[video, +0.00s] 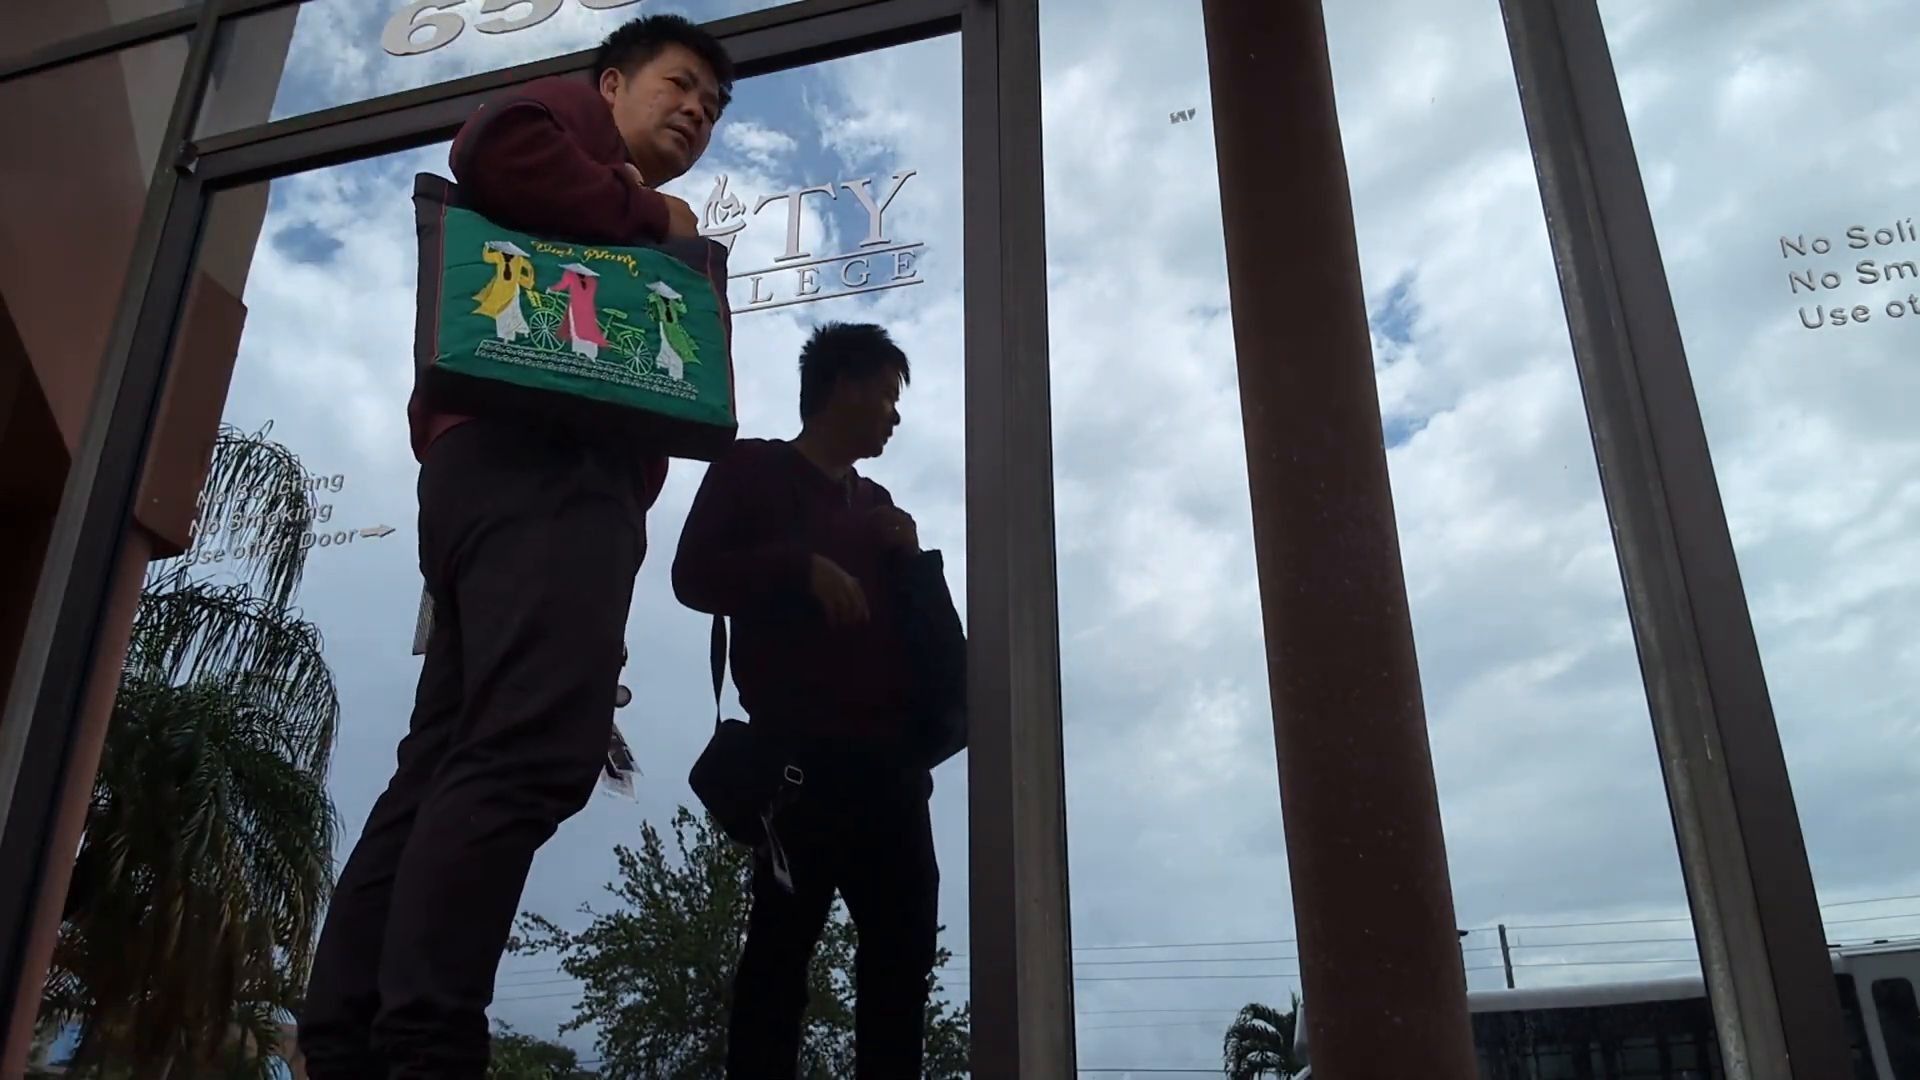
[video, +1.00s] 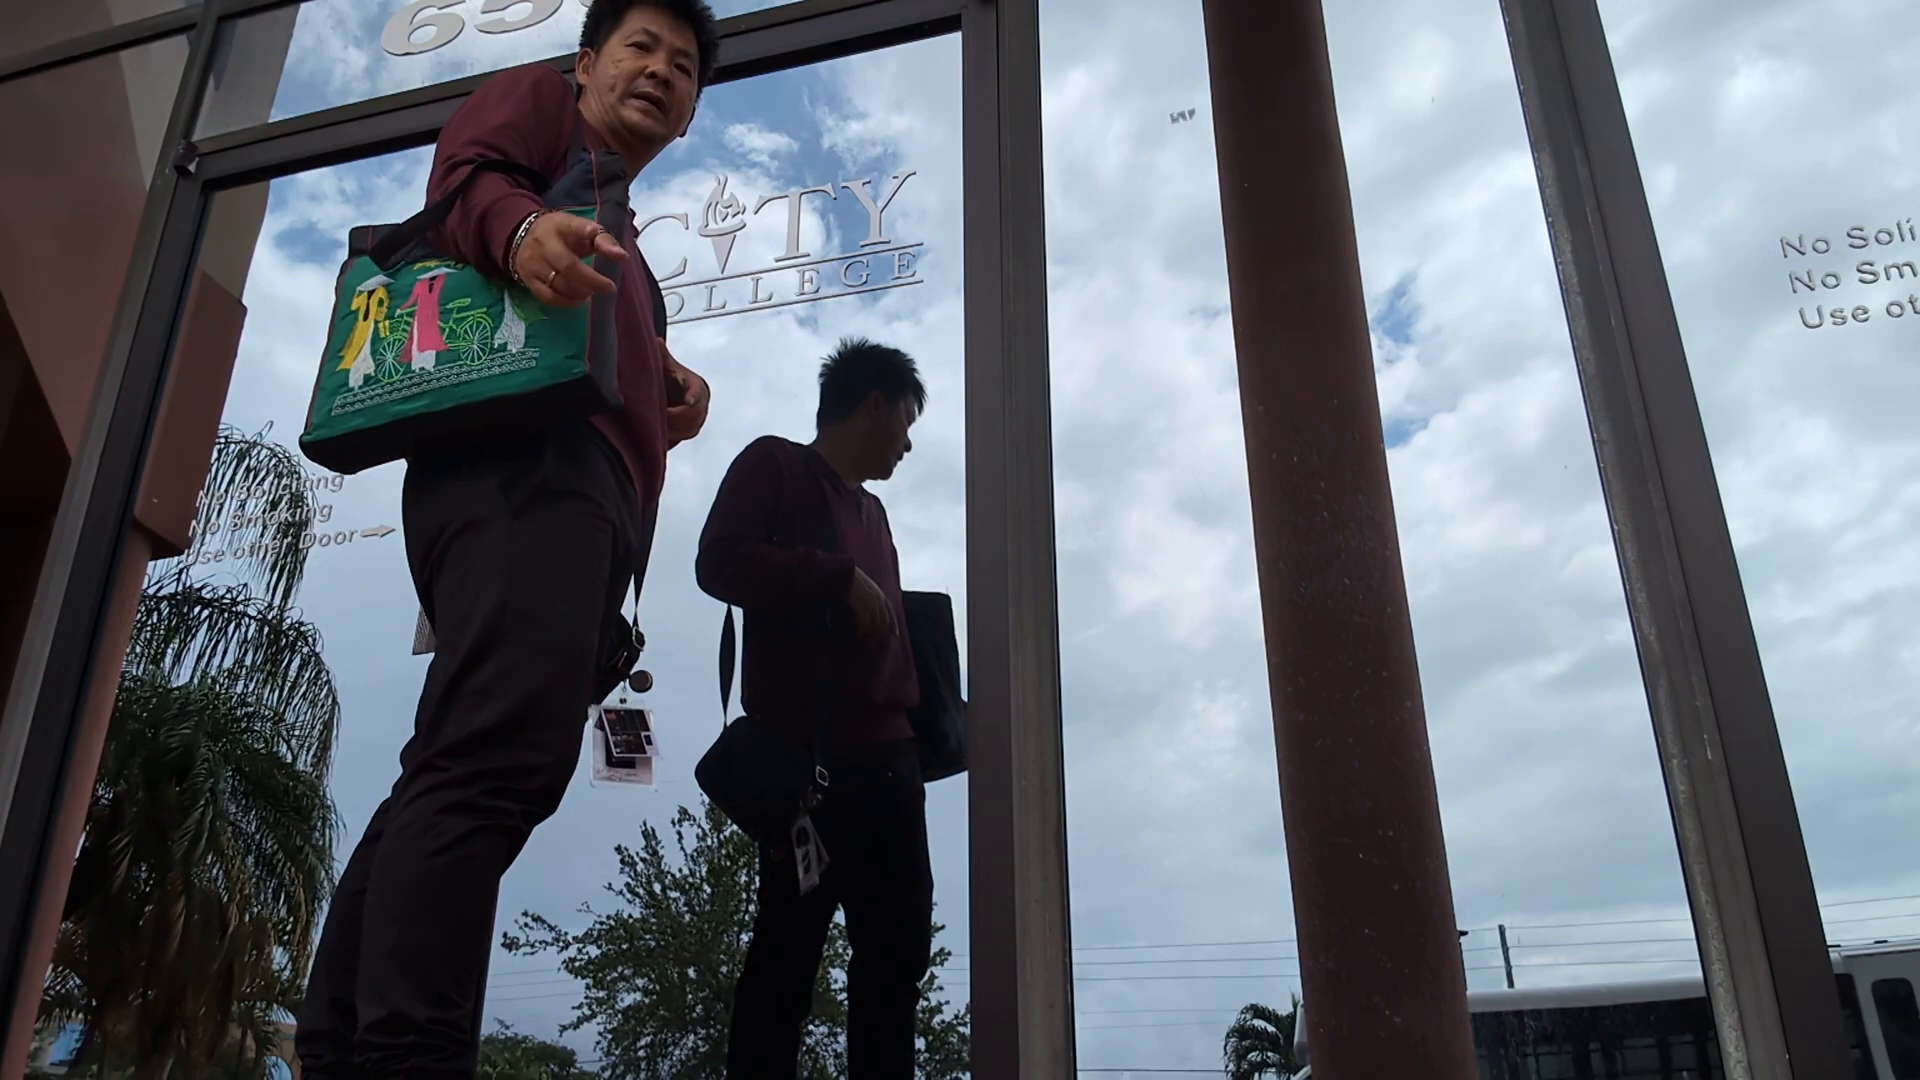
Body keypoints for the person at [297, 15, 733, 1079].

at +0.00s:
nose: (697, 116)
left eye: (711, 110)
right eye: (680, 91)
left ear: (699, 133)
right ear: (614, 78)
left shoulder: (648, 227)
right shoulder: (573, 105)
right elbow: (494, 147)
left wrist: (691, 271)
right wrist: (651, 220)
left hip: (513, 465)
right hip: (538, 453)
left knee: (452, 747)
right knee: (531, 753)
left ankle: (344, 1034)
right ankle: (427, 1042)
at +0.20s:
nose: (689, 108)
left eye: (706, 105)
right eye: (676, 81)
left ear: (705, 123)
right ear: (617, 67)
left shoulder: (665, 204)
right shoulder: (566, 98)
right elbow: (476, 163)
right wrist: (676, 173)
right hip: (537, 459)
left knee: (451, 755)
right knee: (520, 757)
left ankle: (341, 1040)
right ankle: (417, 1049)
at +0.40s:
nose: (685, 94)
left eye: (708, 91)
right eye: (672, 66)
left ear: (707, 113)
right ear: (615, 57)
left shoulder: (630, 184)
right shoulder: (566, 93)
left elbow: (566, 341)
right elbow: (479, 176)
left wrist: (666, 392)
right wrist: (628, 162)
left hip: (540, 474)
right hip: (536, 457)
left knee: (452, 761)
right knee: (508, 764)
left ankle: (340, 1042)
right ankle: (413, 1053)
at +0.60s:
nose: (683, 83)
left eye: (705, 79)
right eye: (666, 56)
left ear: (703, 116)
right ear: (610, 57)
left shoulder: (622, 203)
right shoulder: (562, 91)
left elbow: (607, 336)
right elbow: (470, 171)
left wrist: (668, 381)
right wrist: (546, 201)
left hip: (564, 479)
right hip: (535, 455)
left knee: (457, 763)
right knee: (504, 764)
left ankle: (340, 1041)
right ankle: (411, 1052)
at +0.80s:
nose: (671, 69)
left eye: (693, 66)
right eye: (652, 44)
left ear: (695, 107)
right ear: (598, 52)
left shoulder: (617, 198)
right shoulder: (549, 92)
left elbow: (603, 349)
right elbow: (459, 179)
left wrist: (666, 384)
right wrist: (537, 205)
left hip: (572, 484)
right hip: (526, 457)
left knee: (461, 764)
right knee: (503, 765)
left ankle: (340, 1037)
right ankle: (409, 1048)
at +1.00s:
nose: (660, 70)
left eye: (683, 67)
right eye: (642, 46)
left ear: (686, 112)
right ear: (587, 58)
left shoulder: (623, 236)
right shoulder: (545, 92)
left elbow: (604, 366)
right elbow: (463, 173)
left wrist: (665, 396)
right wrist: (517, 229)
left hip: (578, 491)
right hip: (527, 458)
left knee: (457, 769)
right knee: (502, 766)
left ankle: (338, 1041)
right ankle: (410, 1051)